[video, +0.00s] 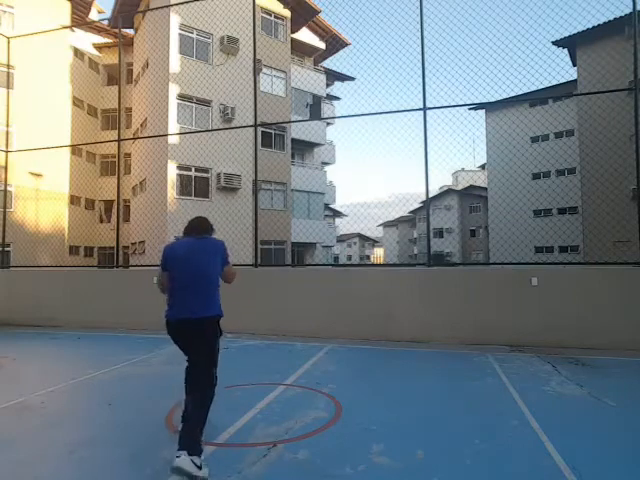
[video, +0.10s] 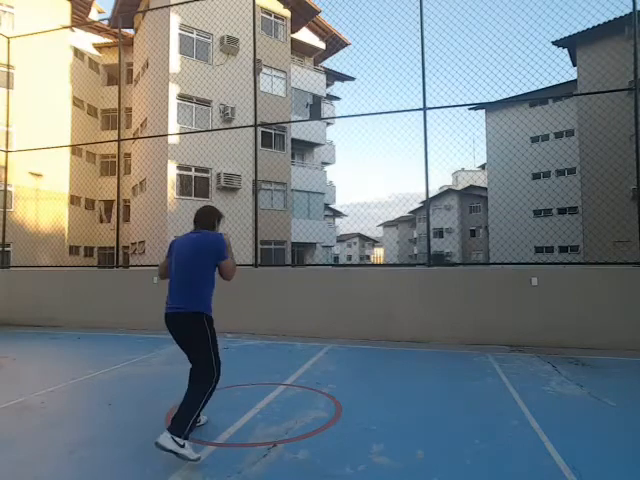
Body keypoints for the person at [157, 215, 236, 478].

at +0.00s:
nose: (210, 235)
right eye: (210, 232)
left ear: (186, 232)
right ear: (210, 232)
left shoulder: (171, 248)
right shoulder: (216, 246)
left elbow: (164, 286)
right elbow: (229, 277)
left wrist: (177, 274)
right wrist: (214, 263)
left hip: (176, 323)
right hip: (206, 322)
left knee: (195, 361)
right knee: (204, 382)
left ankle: (190, 415)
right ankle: (188, 451)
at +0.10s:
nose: (219, 229)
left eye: (218, 225)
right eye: (219, 225)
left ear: (195, 222)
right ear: (215, 224)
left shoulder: (178, 242)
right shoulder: (217, 240)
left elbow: (163, 273)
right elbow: (228, 274)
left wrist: (185, 261)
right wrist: (226, 250)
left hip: (174, 315)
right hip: (196, 316)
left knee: (199, 363)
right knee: (210, 372)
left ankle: (189, 414)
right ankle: (176, 434)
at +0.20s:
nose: (221, 222)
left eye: (221, 218)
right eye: (220, 218)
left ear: (199, 216)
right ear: (213, 218)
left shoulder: (189, 235)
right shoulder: (202, 235)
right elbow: (220, 269)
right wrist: (226, 242)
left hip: (180, 308)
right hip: (190, 310)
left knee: (207, 360)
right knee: (207, 363)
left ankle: (185, 406)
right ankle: (170, 419)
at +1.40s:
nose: (205, 237)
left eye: (206, 234)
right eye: (203, 233)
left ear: (191, 231)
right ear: (192, 231)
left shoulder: (186, 248)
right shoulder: (171, 247)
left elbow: (191, 272)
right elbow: (185, 276)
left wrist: (203, 251)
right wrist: (202, 251)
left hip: (183, 310)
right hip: (167, 312)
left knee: (203, 341)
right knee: (169, 360)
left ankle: (200, 387)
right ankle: (140, 409)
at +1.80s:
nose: (215, 238)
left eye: (215, 235)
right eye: (213, 234)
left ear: (201, 232)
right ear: (203, 233)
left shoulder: (193, 249)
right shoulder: (187, 250)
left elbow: (200, 277)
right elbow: (199, 279)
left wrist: (211, 253)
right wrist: (212, 254)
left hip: (191, 310)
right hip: (179, 311)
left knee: (208, 340)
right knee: (174, 358)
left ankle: (200, 384)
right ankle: (141, 408)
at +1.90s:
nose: (218, 236)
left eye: (219, 233)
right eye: (218, 233)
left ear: (198, 230)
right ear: (212, 232)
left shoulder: (182, 247)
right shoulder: (212, 246)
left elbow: (184, 271)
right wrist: (231, 242)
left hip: (180, 306)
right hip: (193, 309)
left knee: (207, 340)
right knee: (182, 354)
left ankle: (200, 384)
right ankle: (146, 402)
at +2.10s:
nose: (233, 239)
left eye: (233, 236)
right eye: (233, 235)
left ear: (215, 231)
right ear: (227, 233)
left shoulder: (200, 244)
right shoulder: (225, 240)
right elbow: (251, 249)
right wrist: (256, 236)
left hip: (191, 302)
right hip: (207, 303)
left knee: (208, 347)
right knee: (212, 350)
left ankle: (200, 384)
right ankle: (175, 391)